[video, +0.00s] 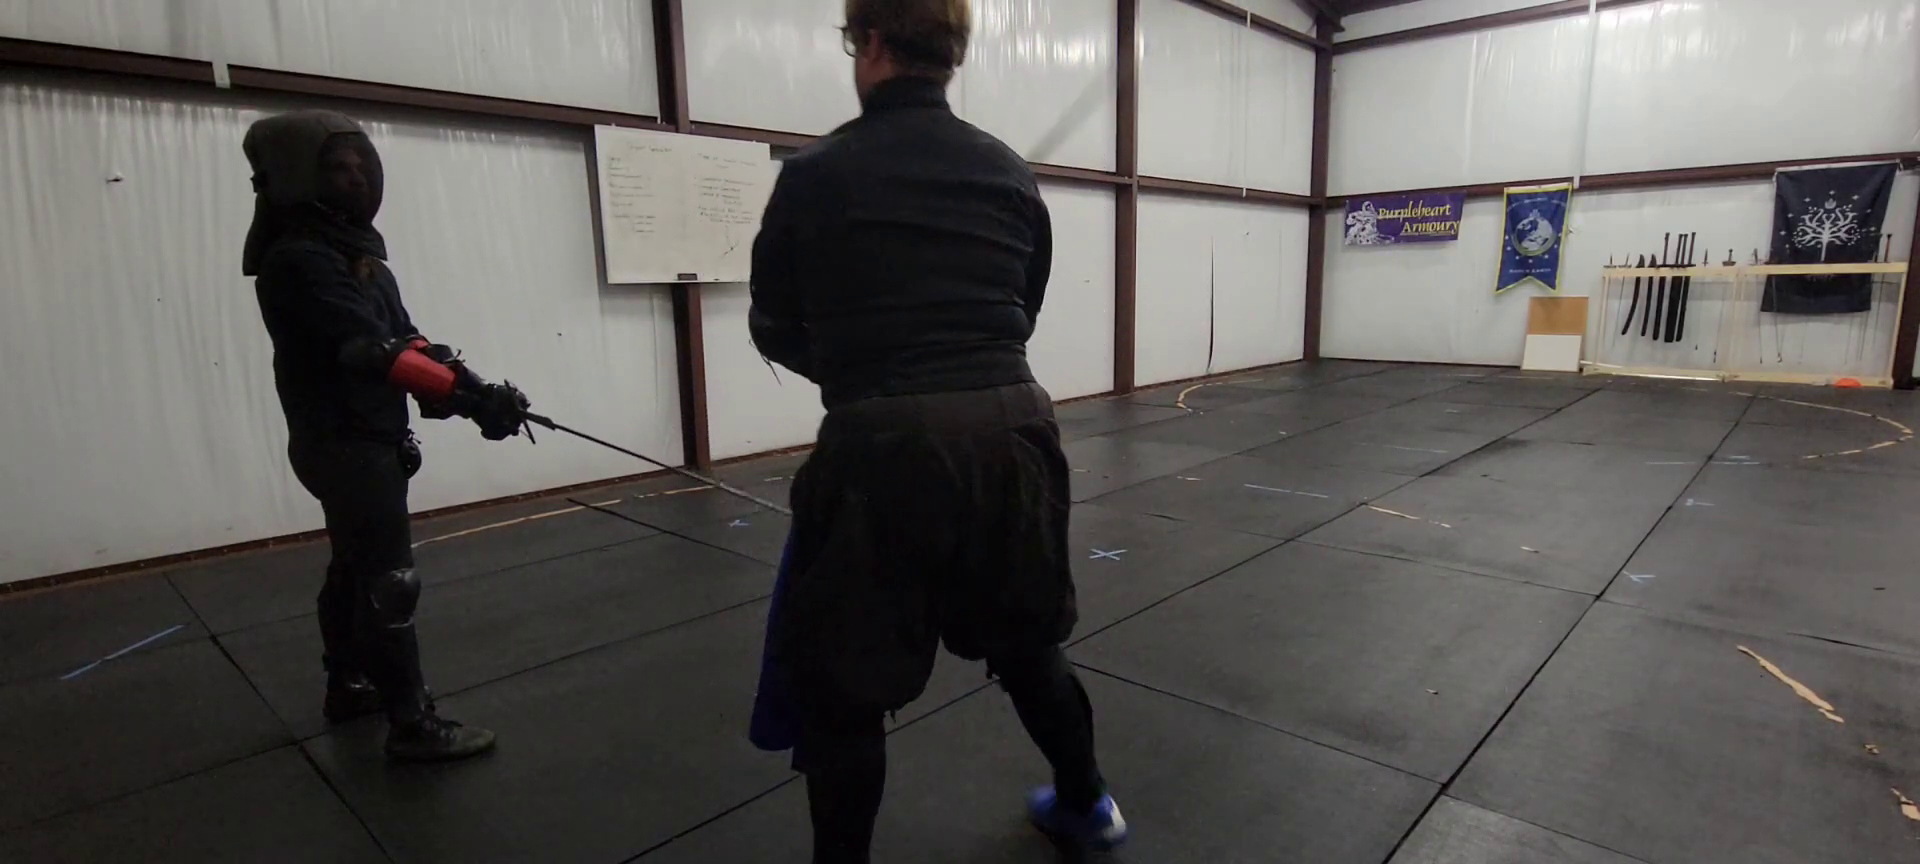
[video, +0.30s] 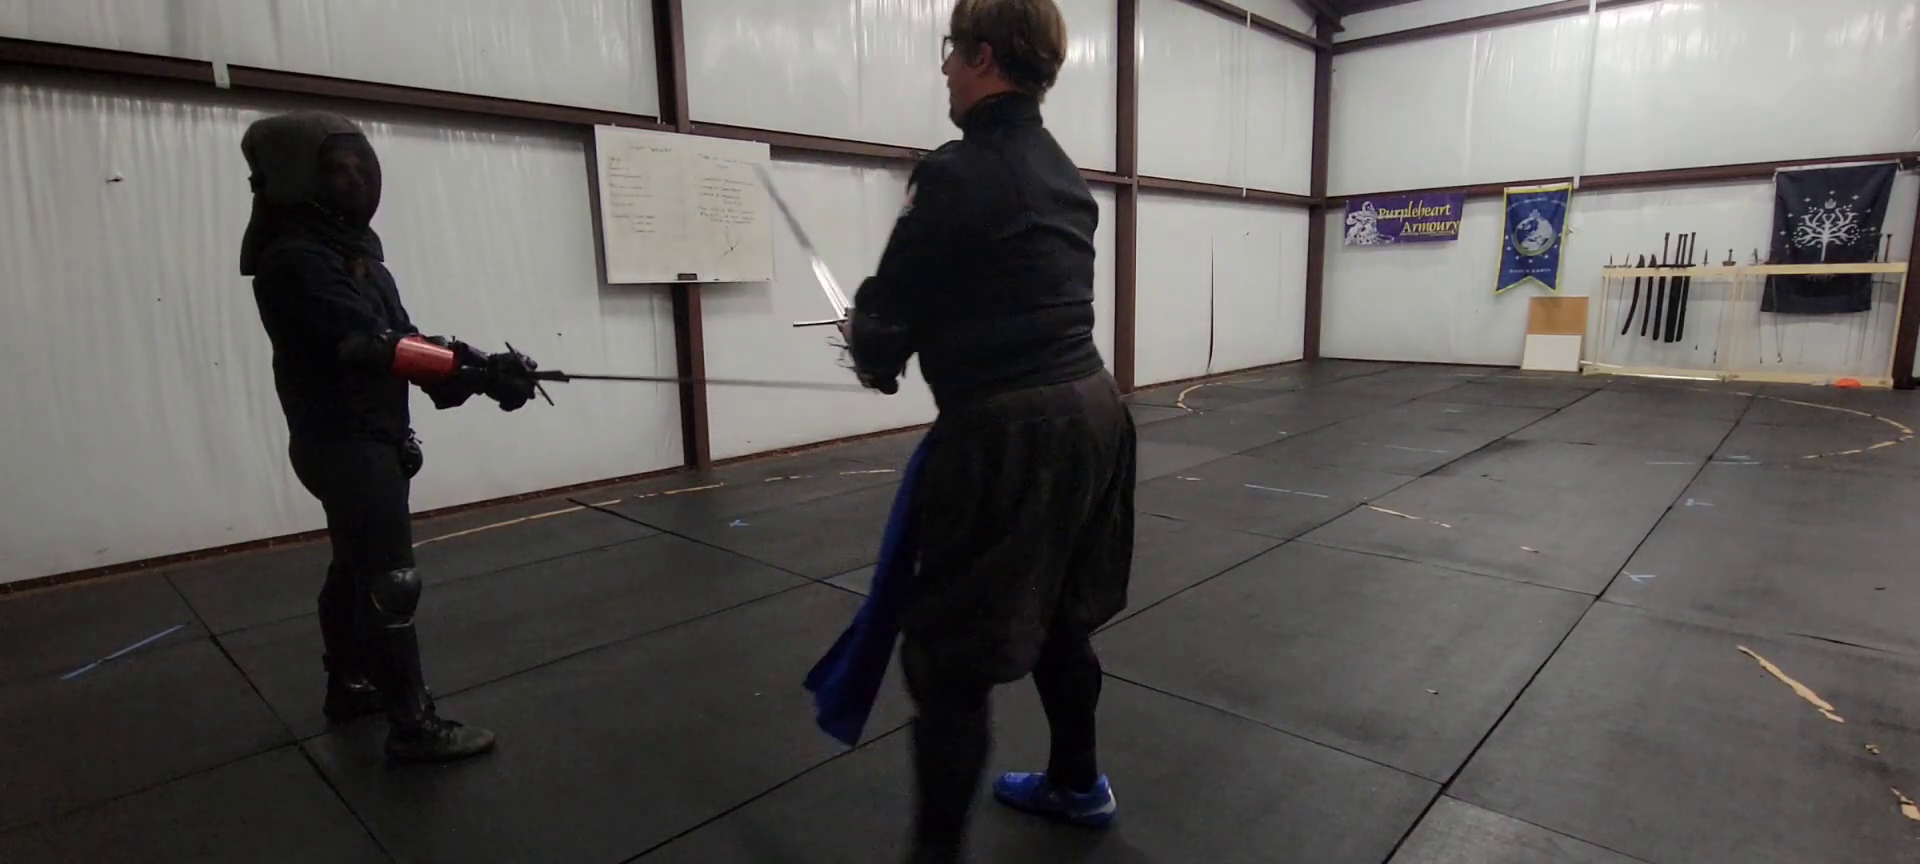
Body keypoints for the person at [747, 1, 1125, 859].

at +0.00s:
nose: (853, 65)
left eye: (854, 46)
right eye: (856, 47)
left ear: (874, 47)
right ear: (953, 54)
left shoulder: (816, 170)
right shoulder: (1004, 164)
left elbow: (774, 326)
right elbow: (1022, 308)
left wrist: (861, 363)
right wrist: (958, 357)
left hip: (875, 445)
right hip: (1007, 432)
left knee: (843, 692)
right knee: (1028, 640)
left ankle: (841, 852)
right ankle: (1087, 803)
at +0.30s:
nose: (944, 65)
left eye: (954, 51)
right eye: (949, 50)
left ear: (989, 63)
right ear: (1022, 71)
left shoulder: (956, 174)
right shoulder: (1062, 170)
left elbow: (892, 304)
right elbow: (1019, 294)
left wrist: (875, 351)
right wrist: (904, 320)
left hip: (998, 429)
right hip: (1092, 412)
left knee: (947, 644)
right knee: (1058, 606)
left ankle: (937, 843)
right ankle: (1076, 782)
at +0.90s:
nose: (1022, 95)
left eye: (1030, 80)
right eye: (1025, 78)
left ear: (1070, 87)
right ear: (1090, 90)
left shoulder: (1087, 193)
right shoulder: (1107, 176)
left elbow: (1051, 353)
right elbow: (1043, 318)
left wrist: (973, 375)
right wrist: (943, 346)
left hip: (1159, 449)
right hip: (1144, 436)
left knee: (1195, 657)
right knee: (1047, 575)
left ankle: (1289, 837)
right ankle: (1081, 758)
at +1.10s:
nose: (1010, 103)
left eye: (1019, 88)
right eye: (1013, 87)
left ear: (1058, 96)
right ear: (1076, 99)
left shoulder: (1052, 198)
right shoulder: (1103, 181)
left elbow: (989, 347)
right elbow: (1024, 307)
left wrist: (925, 361)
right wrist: (928, 336)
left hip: (1120, 451)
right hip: (1157, 426)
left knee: (1191, 648)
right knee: (1045, 583)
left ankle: (1287, 836)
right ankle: (1059, 751)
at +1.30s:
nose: (954, 113)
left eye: (962, 98)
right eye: (956, 97)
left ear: (1001, 106)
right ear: (1027, 111)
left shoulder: (981, 207)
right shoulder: (1065, 193)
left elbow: (911, 359)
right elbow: (1040, 304)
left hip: (1058, 444)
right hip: (1114, 419)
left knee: (1080, 658)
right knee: (1009, 590)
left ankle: (1251, 802)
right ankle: (1059, 749)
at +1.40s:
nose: (927, 112)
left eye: (938, 98)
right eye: (932, 98)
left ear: (977, 111)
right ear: (998, 117)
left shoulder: (951, 213)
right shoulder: (1036, 195)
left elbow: (880, 353)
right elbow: (1018, 301)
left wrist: (871, 349)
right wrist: (924, 326)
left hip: (1027, 444)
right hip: (1098, 420)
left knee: (978, 658)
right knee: (1047, 604)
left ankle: (1166, 809)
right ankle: (1058, 753)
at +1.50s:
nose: (895, 120)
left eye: (904, 107)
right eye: (899, 105)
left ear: (941, 119)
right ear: (969, 124)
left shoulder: (925, 216)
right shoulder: (998, 200)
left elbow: (855, 364)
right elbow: (991, 308)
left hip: (1003, 450)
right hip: (1070, 425)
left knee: (904, 621)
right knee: (998, 601)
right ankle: (1060, 752)